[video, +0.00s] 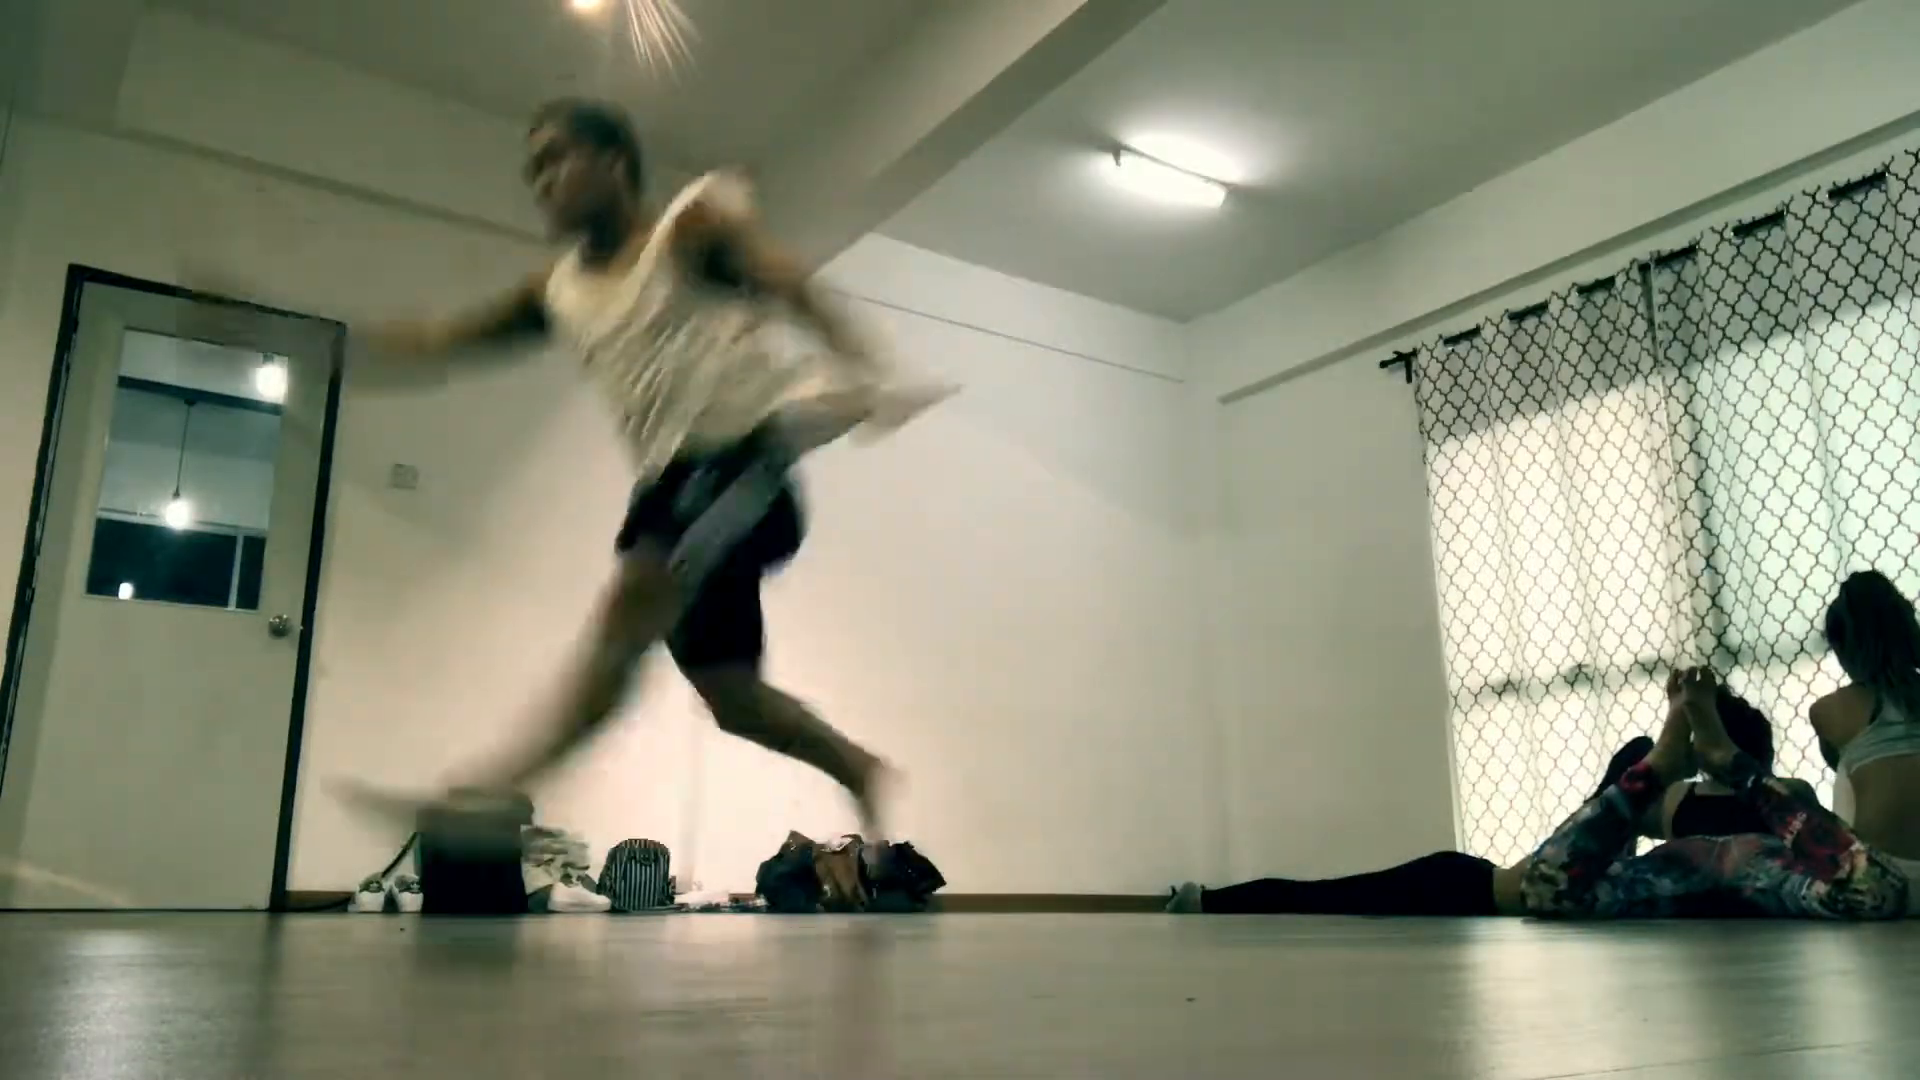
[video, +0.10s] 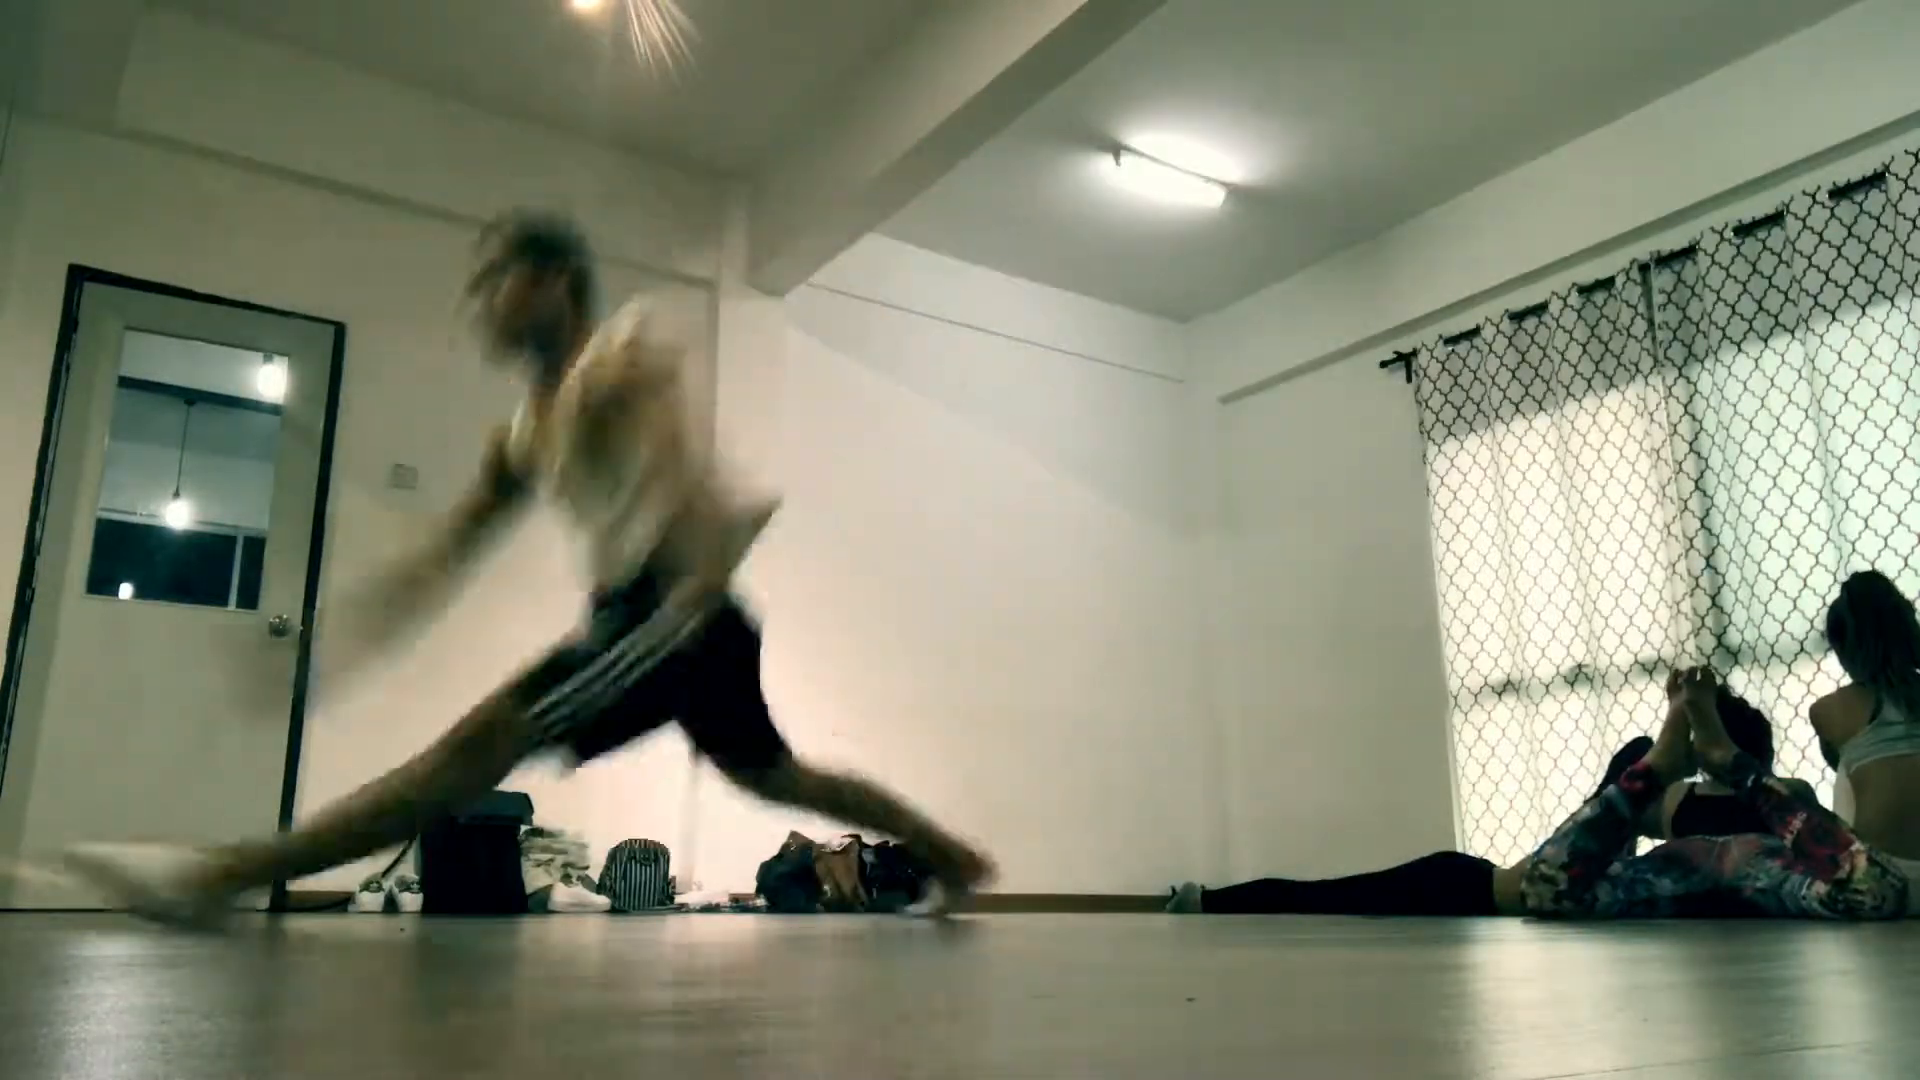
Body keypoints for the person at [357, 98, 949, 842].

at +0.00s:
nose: (542, 184)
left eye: (555, 160)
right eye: (535, 171)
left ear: (614, 159)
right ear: (540, 187)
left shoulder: (694, 224)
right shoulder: (559, 286)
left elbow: (794, 284)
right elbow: (458, 337)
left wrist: (863, 369)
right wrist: (364, 345)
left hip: (744, 459)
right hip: (668, 489)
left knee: (630, 612)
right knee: (735, 700)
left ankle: (502, 785)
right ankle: (863, 771)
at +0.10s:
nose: (481, 305)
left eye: (497, 283)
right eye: (481, 287)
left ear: (555, 286)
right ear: (524, 300)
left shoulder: (632, 364)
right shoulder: (531, 430)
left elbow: (702, 489)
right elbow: (460, 538)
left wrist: (685, 592)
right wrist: (374, 618)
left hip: (671, 609)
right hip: (661, 613)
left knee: (474, 751)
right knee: (769, 773)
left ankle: (223, 878)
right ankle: (954, 855)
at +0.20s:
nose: (378, 490)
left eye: (387, 467)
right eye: (376, 470)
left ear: (444, 460)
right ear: (447, 460)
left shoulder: (531, 518)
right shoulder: (486, 564)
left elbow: (551, 687)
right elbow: (477, 713)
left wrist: (520, 852)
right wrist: (440, 837)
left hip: (648, 723)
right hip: (687, 725)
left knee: (412, 845)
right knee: (806, 857)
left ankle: (124, 881)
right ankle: (976, 895)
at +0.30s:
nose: (336, 709)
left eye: (326, 689)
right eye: (321, 700)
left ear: (350, 653)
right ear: (347, 665)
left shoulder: (449, 644)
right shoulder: (447, 700)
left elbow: (549, 722)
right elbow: (468, 828)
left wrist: (519, 890)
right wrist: (438, 895)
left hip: (670, 804)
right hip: (706, 812)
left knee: (399, 876)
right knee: (829, 884)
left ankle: (108, 878)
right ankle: (974, 891)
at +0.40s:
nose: (364, 825)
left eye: (345, 816)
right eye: (356, 822)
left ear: (336, 772)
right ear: (373, 783)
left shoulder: (417, 695)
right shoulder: (458, 766)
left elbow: (531, 722)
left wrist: (508, 889)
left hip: (668, 809)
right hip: (738, 813)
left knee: (406, 873)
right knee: (846, 886)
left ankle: (106, 875)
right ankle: (977, 889)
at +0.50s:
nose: (406, 825)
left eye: (389, 820)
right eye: (395, 828)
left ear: (361, 776)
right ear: (390, 786)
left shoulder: (424, 696)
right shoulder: (472, 759)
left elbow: (537, 722)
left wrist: (510, 888)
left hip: (670, 806)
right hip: (748, 809)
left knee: (411, 880)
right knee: (842, 882)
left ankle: (117, 876)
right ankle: (987, 892)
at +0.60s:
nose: (410, 793)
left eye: (393, 784)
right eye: (400, 797)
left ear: (377, 736)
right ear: (399, 753)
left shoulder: (451, 669)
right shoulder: (485, 742)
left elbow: (556, 720)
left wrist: (518, 890)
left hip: (669, 818)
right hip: (740, 811)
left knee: (408, 877)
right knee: (838, 885)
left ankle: (120, 875)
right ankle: (986, 891)